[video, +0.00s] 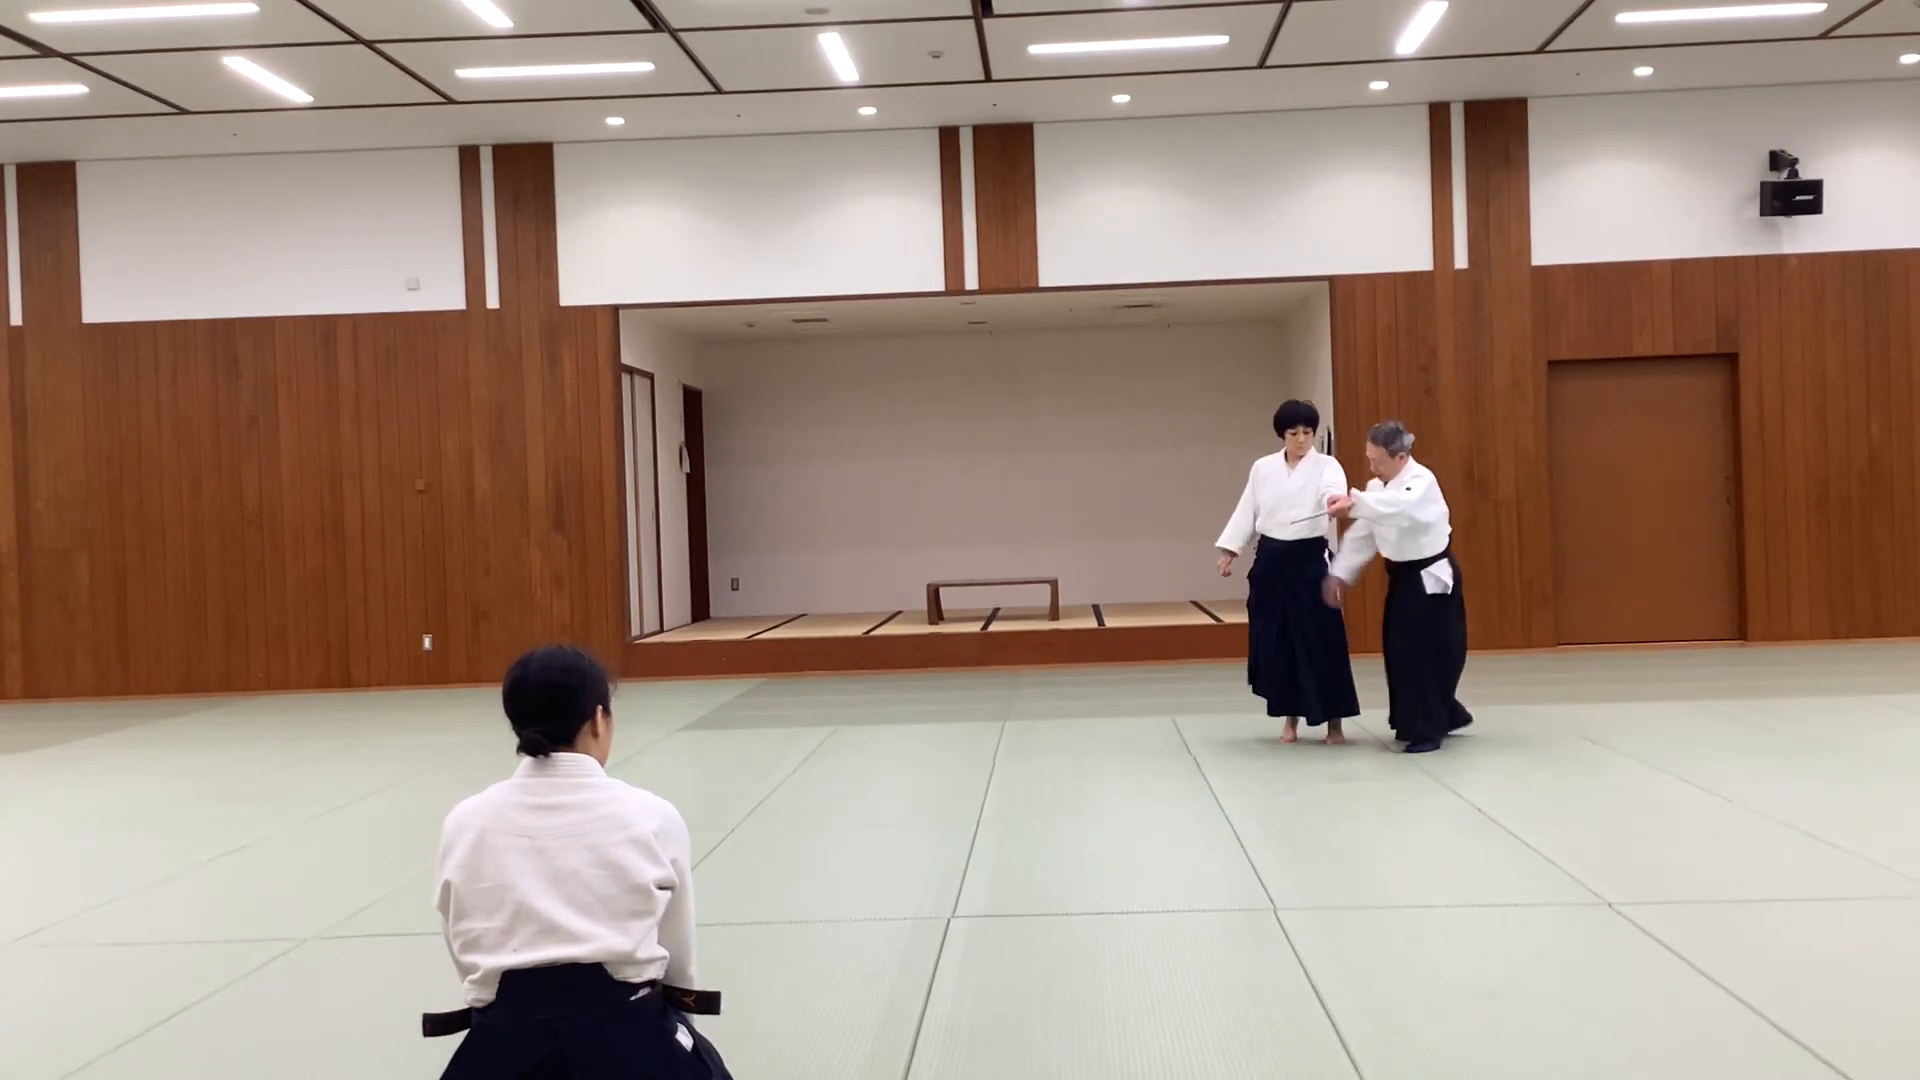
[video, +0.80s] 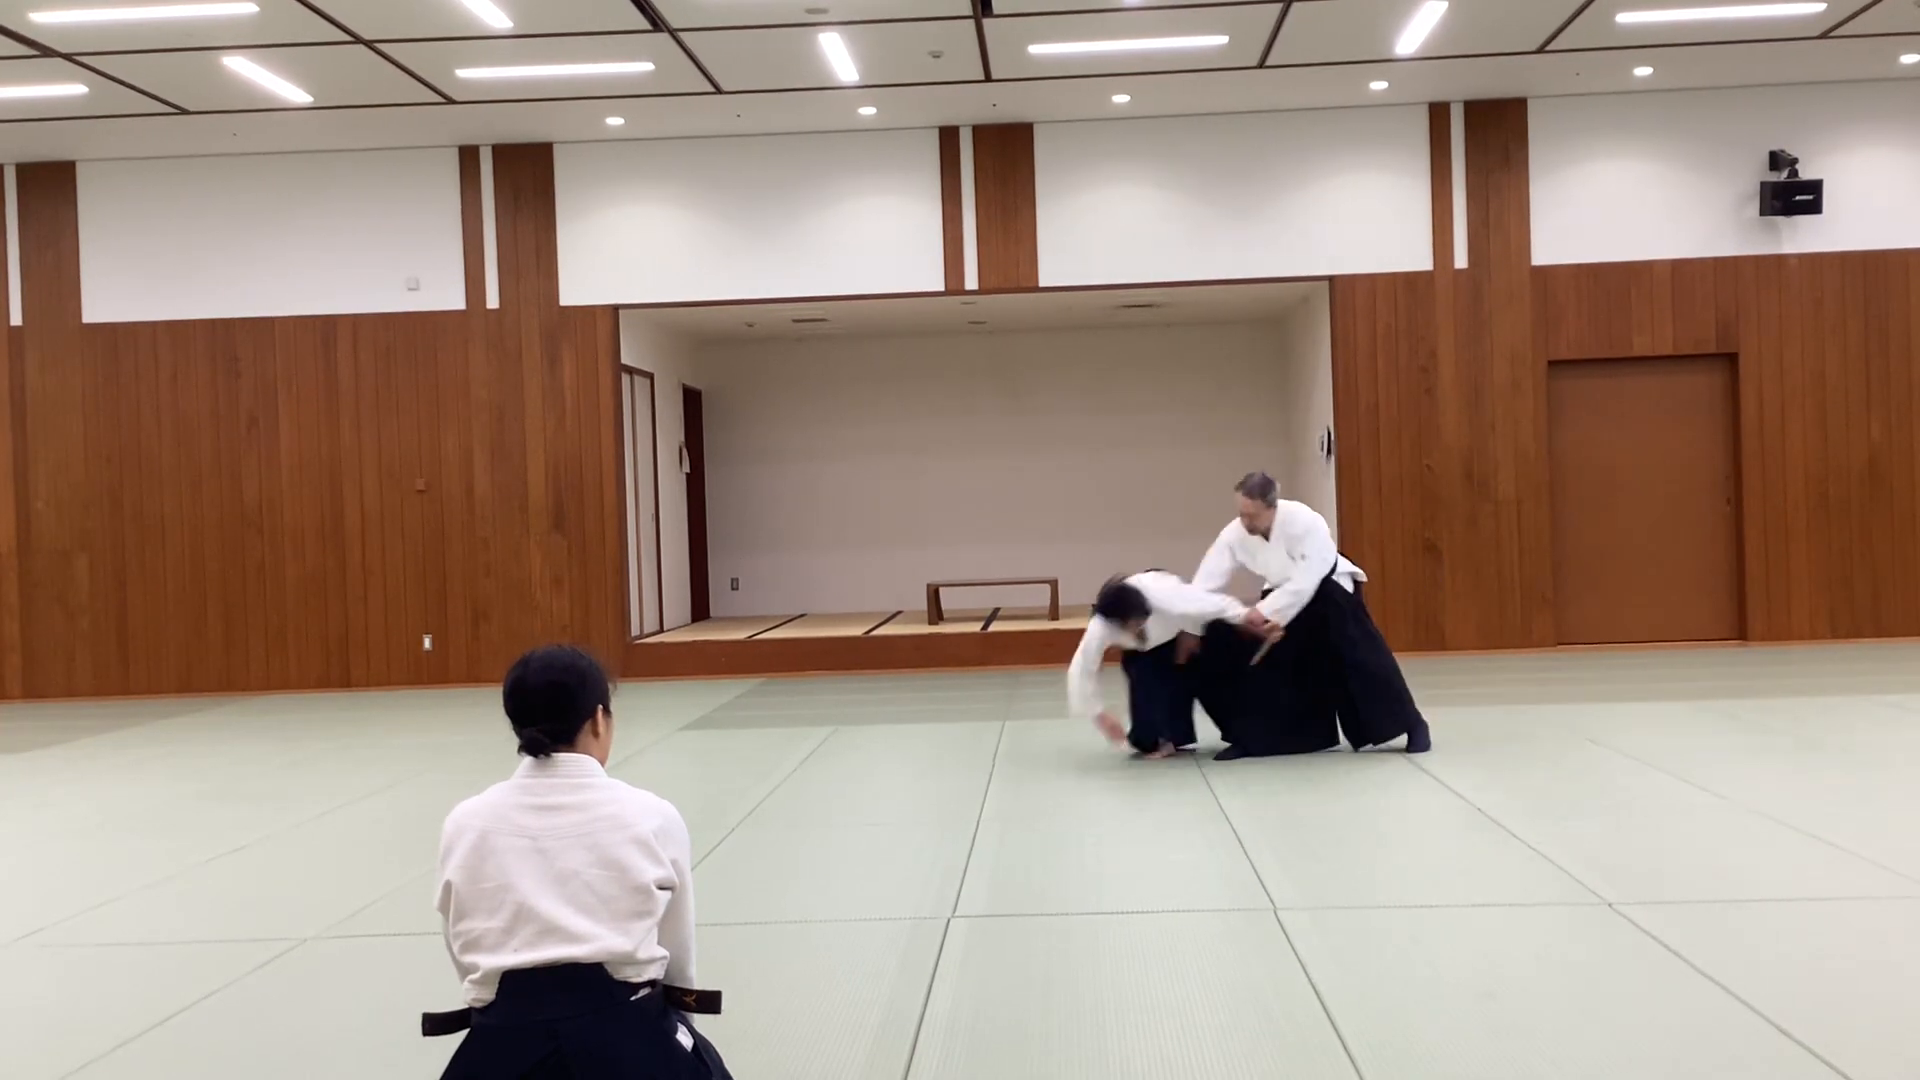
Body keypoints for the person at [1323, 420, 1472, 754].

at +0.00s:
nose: (1370, 465)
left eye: (1375, 459)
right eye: (1368, 459)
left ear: (1398, 455)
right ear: (1374, 454)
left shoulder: (1421, 480)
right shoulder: (1377, 487)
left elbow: (1400, 506)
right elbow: (1360, 535)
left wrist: (1354, 502)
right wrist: (1338, 573)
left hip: (1431, 576)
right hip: (1401, 577)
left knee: (1424, 650)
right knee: (1400, 649)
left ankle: (1426, 730)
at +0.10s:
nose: (1364, 464)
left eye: (1370, 459)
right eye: (1364, 458)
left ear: (1394, 456)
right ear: (1370, 454)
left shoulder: (1418, 480)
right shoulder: (1367, 485)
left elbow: (1394, 503)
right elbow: (1342, 521)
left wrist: (1352, 493)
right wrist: (1298, 547)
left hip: (1425, 578)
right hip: (1390, 578)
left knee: (1425, 654)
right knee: (1380, 650)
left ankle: (1430, 734)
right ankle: (1401, 726)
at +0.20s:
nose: (1359, 469)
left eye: (1365, 465)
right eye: (1358, 463)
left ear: (1389, 464)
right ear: (1357, 457)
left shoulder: (1412, 486)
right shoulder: (1350, 483)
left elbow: (1386, 517)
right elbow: (1321, 517)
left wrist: (1339, 510)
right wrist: (1279, 538)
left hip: (1417, 580)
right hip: (1378, 578)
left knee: (1416, 656)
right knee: (1359, 646)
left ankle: (1420, 735)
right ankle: (1373, 727)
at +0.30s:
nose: (1350, 478)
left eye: (1357, 474)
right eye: (1349, 471)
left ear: (1381, 473)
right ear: (1346, 464)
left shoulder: (1402, 498)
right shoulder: (1339, 488)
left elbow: (1385, 545)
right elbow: (1310, 507)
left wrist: (1327, 546)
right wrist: (1311, 533)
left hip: (1404, 585)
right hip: (1363, 583)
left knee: (1405, 659)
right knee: (1332, 649)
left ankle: (1411, 735)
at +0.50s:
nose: (1316, 501)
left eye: (1322, 497)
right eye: (1314, 494)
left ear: (1346, 497)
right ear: (1313, 489)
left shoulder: (1373, 518)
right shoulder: (1301, 518)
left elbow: (1371, 570)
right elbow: (1296, 562)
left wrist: (1320, 596)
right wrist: (1302, 592)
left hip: (1375, 602)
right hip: (1327, 604)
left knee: (1390, 667)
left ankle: (1406, 736)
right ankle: (1251, 728)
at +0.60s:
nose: (1291, 515)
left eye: (1297, 510)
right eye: (1290, 508)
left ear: (1318, 506)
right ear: (1289, 501)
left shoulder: (1349, 524)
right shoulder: (1279, 534)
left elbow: (1358, 582)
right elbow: (1283, 583)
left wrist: (1318, 613)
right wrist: (1302, 614)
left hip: (1354, 602)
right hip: (1308, 606)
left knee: (1379, 668)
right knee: (1281, 668)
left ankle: (1414, 735)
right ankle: (1252, 742)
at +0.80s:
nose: (1244, 522)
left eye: (1250, 516)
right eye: (1241, 514)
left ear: (1270, 509)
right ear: (1239, 508)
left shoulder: (1305, 523)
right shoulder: (1233, 536)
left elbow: (1308, 576)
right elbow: (1207, 579)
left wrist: (1268, 612)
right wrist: (1190, 627)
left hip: (1328, 587)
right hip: (1280, 594)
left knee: (1358, 650)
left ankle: (1413, 724)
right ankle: (1252, 738)